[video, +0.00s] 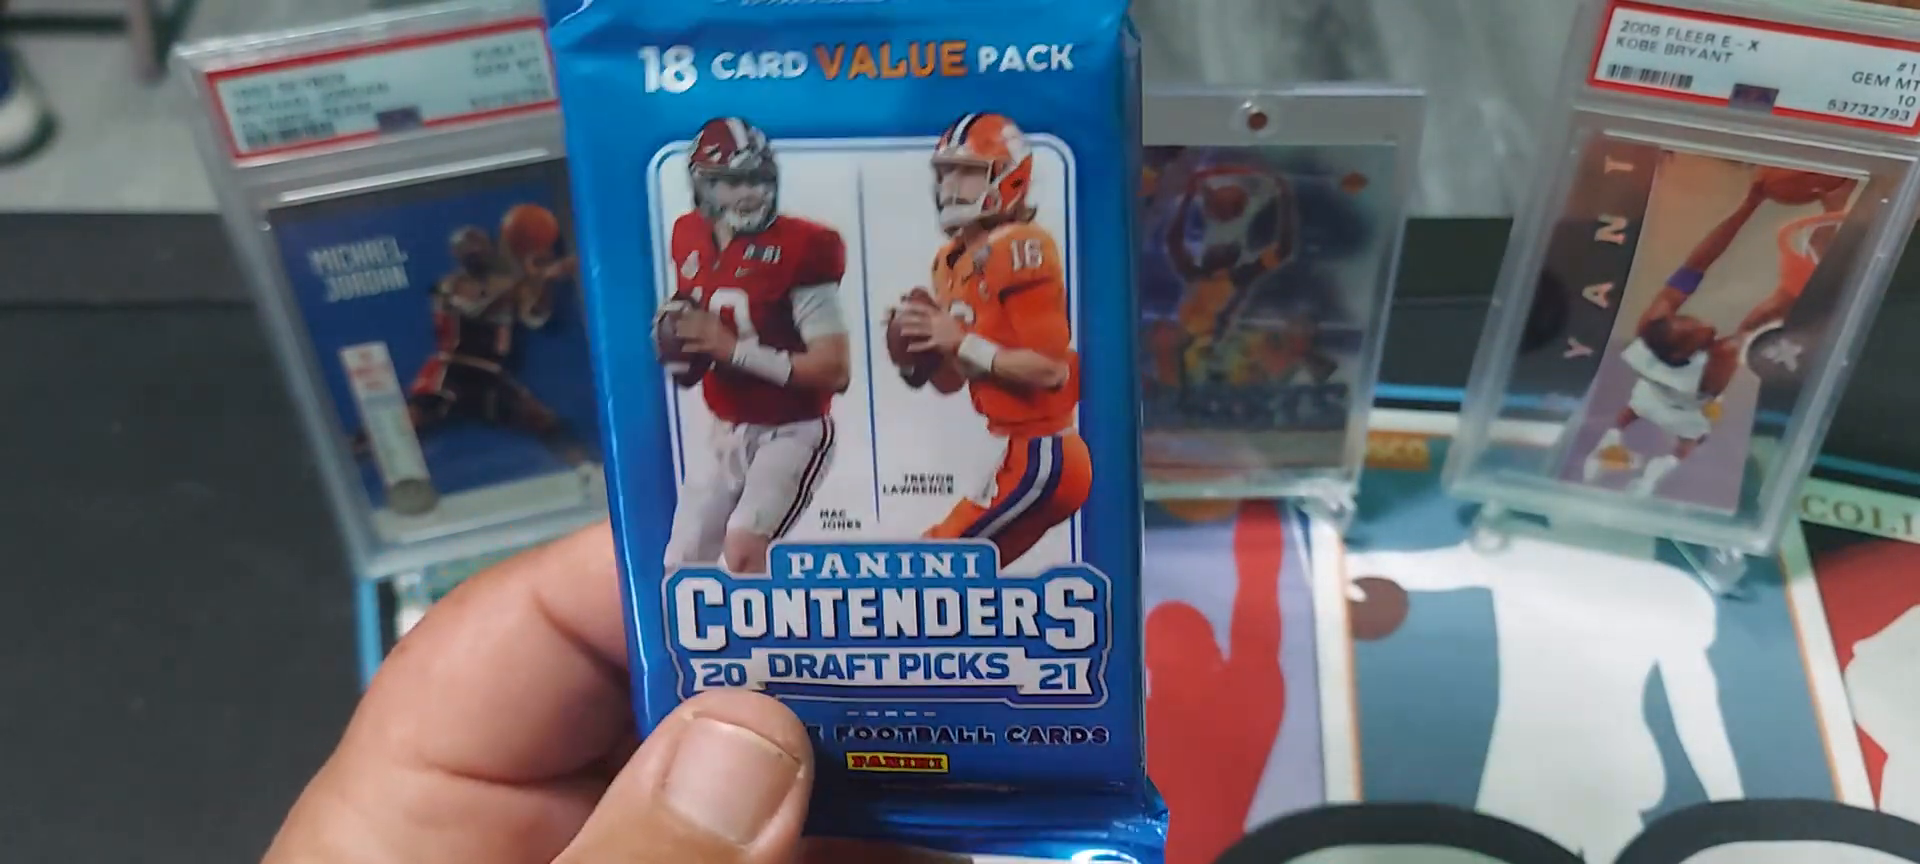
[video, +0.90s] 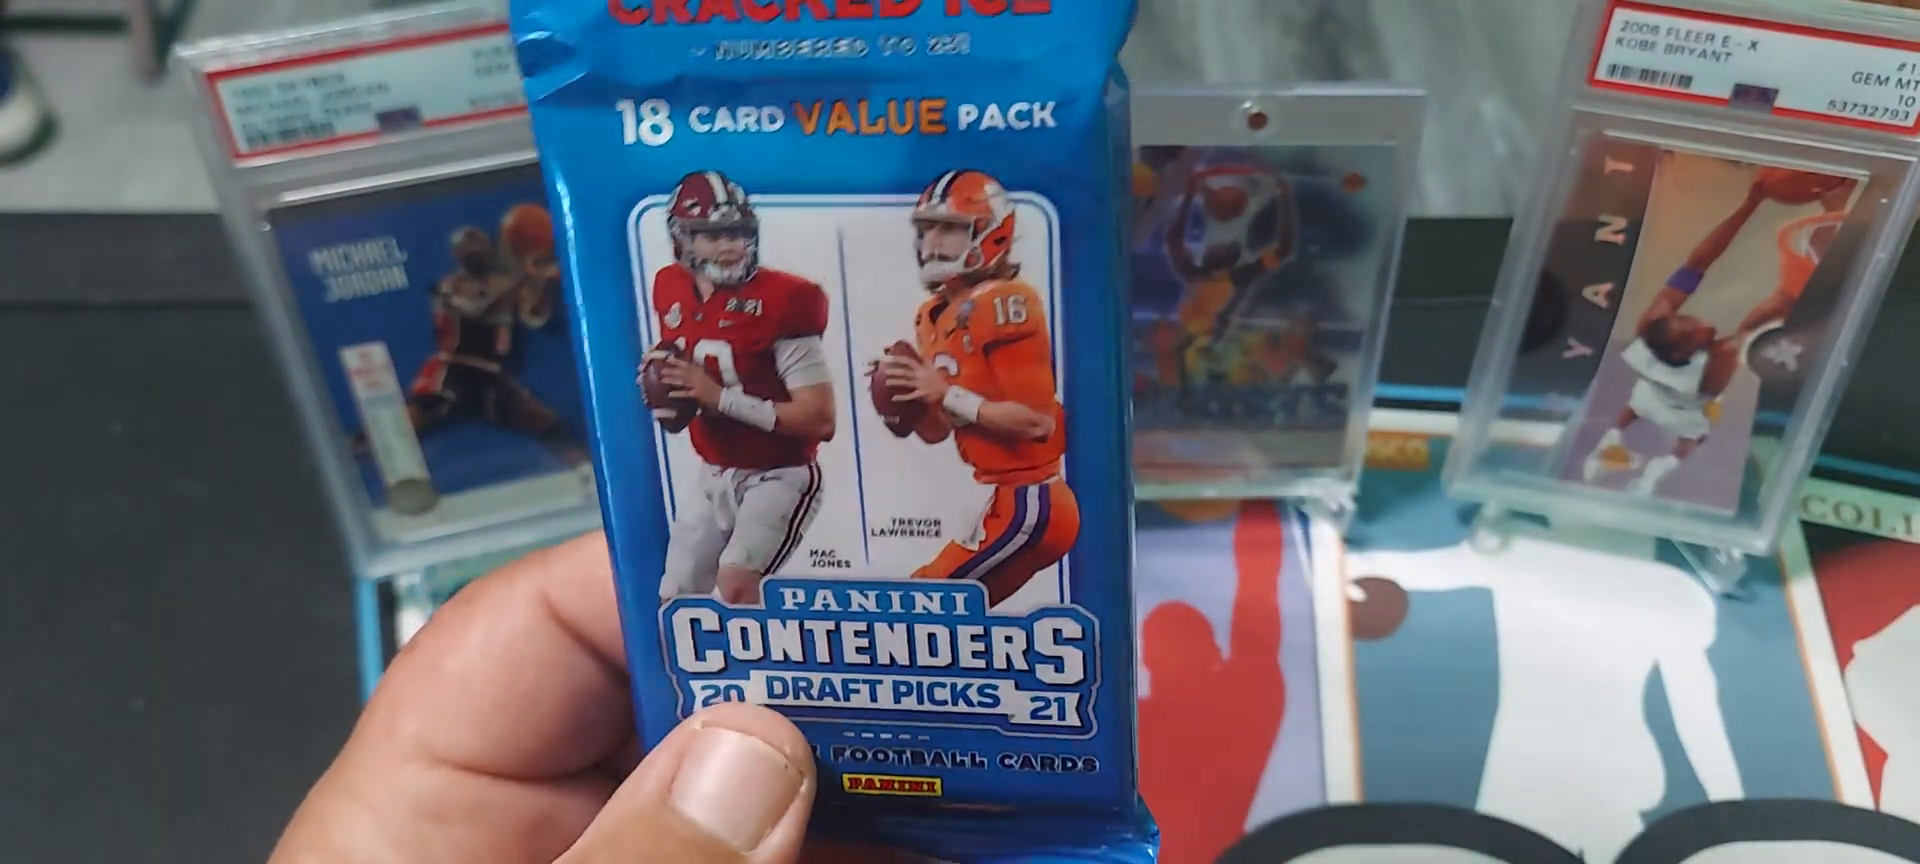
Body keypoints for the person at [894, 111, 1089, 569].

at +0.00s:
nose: (952, 187)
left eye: (970, 173)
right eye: (947, 173)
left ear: (1007, 178)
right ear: (937, 177)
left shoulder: (1020, 247)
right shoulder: (949, 260)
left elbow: (1050, 368)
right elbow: (950, 380)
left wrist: (957, 340)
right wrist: (920, 349)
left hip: (1042, 457)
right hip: (1012, 453)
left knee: (928, 572)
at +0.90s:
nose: (932, 242)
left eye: (950, 229)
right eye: (927, 229)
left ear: (990, 233)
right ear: (918, 233)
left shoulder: (1005, 303)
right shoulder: (932, 314)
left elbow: (1036, 421)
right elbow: (935, 430)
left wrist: (942, 391)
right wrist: (902, 396)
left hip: (1030, 506)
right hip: (1002, 503)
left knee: (914, 610)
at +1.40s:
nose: (965, 305)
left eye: (981, 293)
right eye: (960, 291)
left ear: (1019, 298)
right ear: (950, 295)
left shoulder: (1033, 363)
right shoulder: (963, 375)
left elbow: (1065, 476)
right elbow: (967, 485)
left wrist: (975, 448)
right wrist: (935, 455)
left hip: (1060, 555)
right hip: (1034, 551)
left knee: (950, 657)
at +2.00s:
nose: (1008, 327)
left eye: (1023, 316)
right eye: (1003, 314)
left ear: (1059, 320)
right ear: (994, 317)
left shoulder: (1073, 384)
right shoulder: (1003, 394)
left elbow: (1098, 494)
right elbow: (1002, 503)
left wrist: (1012, 468)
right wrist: (972, 465)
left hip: (1089, 574)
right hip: (1065, 570)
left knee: (978, 674)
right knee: (994, 683)